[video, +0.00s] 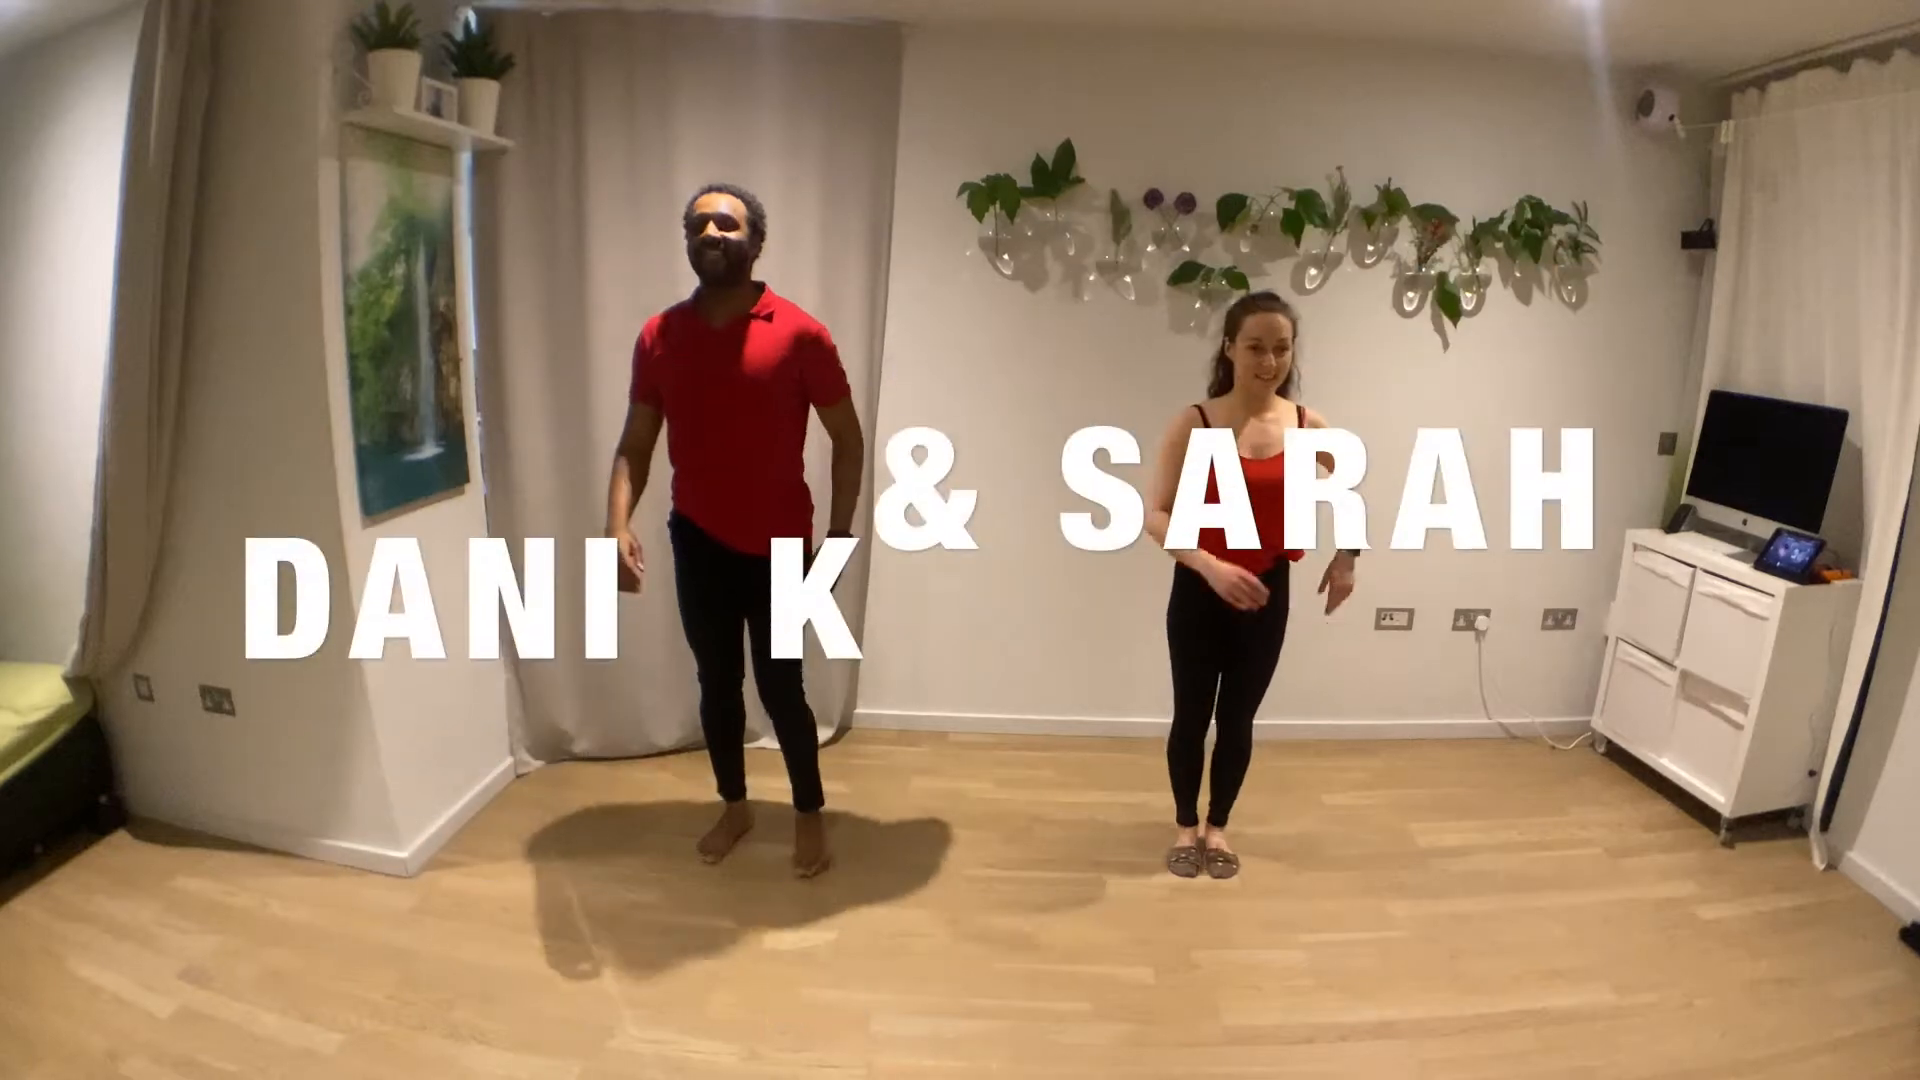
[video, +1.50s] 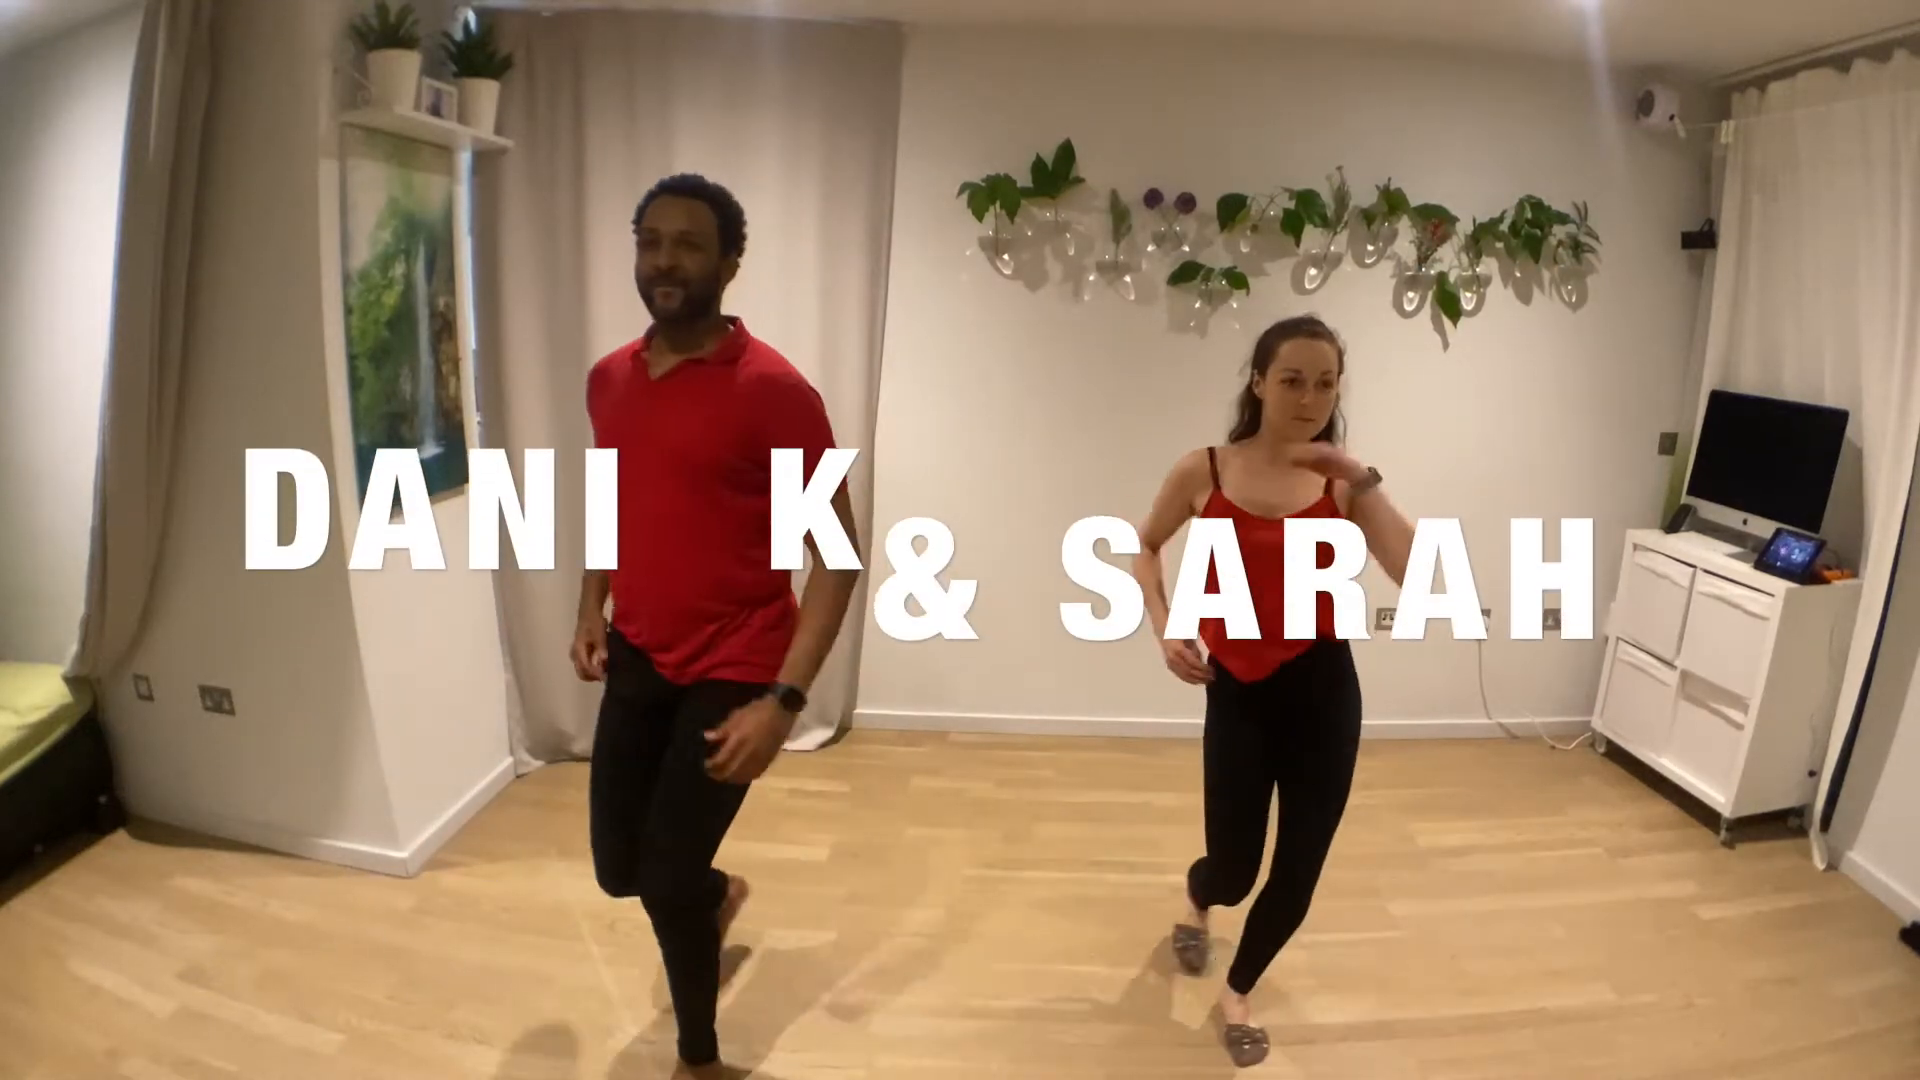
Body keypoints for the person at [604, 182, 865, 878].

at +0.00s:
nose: (712, 232)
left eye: (728, 223)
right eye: (700, 224)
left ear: (756, 243)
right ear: (685, 244)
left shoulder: (799, 334)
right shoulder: (661, 336)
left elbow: (848, 440)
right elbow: (636, 445)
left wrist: (839, 538)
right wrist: (619, 524)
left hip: (780, 541)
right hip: (700, 535)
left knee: (779, 687)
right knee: (717, 680)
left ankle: (808, 814)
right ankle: (733, 805)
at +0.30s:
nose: (726, 248)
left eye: (743, 236)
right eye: (715, 237)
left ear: (776, 249)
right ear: (703, 251)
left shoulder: (829, 345)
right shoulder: (683, 352)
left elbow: (883, 444)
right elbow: (659, 470)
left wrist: (839, 513)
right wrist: (655, 579)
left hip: (812, 548)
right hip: (728, 546)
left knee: (801, 698)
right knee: (698, 708)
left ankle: (817, 821)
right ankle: (740, 794)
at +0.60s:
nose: (735, 251)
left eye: (753, 237)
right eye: (723, 238)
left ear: (790, 250)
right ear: (709, 252)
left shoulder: (834, 358)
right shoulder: (685, 345)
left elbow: (870, 491)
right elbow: (667, 421)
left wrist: (770, 556)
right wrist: (680, 508)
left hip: (826, 577)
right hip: (740, 577)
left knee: (820, 716)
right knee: (759, 757)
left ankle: (815, 823)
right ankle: (812, 909)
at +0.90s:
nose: (722, 250)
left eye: (743, 234)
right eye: (709, 234)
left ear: (781, 248)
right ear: (695, 248)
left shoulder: (825, 362)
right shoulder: (681, 364)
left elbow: (900, 492)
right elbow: (665, 477)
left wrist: (823, 603)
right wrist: (660, 487)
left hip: (807, 620)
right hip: (712, 615)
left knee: (802, 794)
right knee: (752, 802)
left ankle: (847, 842)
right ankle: (824, 942)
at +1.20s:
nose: (695, 263)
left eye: (718, 246)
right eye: (681, 245)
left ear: (758, 257)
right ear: (664, 256)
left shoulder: (815, 378)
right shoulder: (636, 387)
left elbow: (902, 503)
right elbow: (626, 515)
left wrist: (795, 580)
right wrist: (612, 618)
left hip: (763, 653)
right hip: (670, 647)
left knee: (690, 863)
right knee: (715, 838)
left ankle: (702, 1052)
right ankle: (828, 949)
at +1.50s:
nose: (666, 261)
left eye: (689, 246)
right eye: (652, 243)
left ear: (730, 262)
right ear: (634, 255)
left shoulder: (776, 395)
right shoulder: (612, 380)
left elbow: (839, 558)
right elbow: (610, 504)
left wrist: (784, 699)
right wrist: (594, 603)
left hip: (735, 671)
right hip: (639, 658)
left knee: (672, 874)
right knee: (619, 866)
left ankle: (699, 1059)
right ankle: (713, 898)